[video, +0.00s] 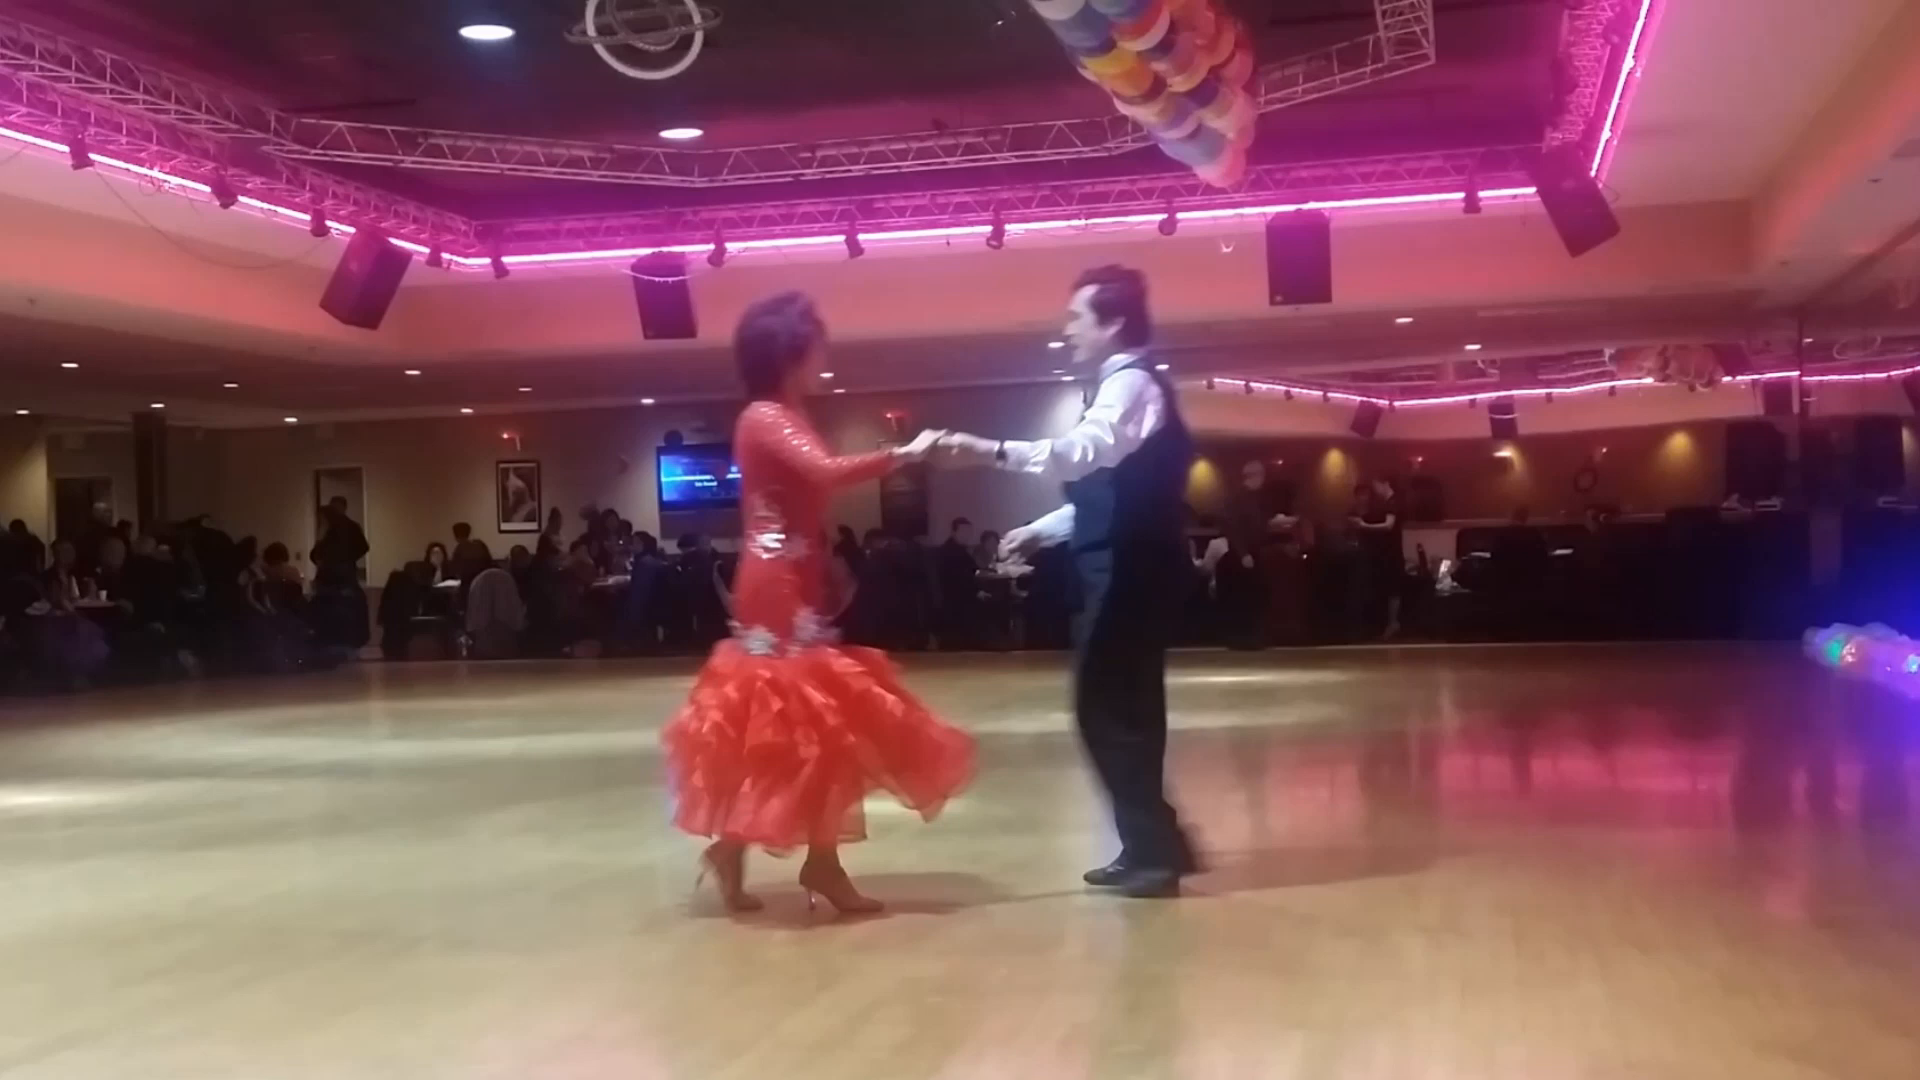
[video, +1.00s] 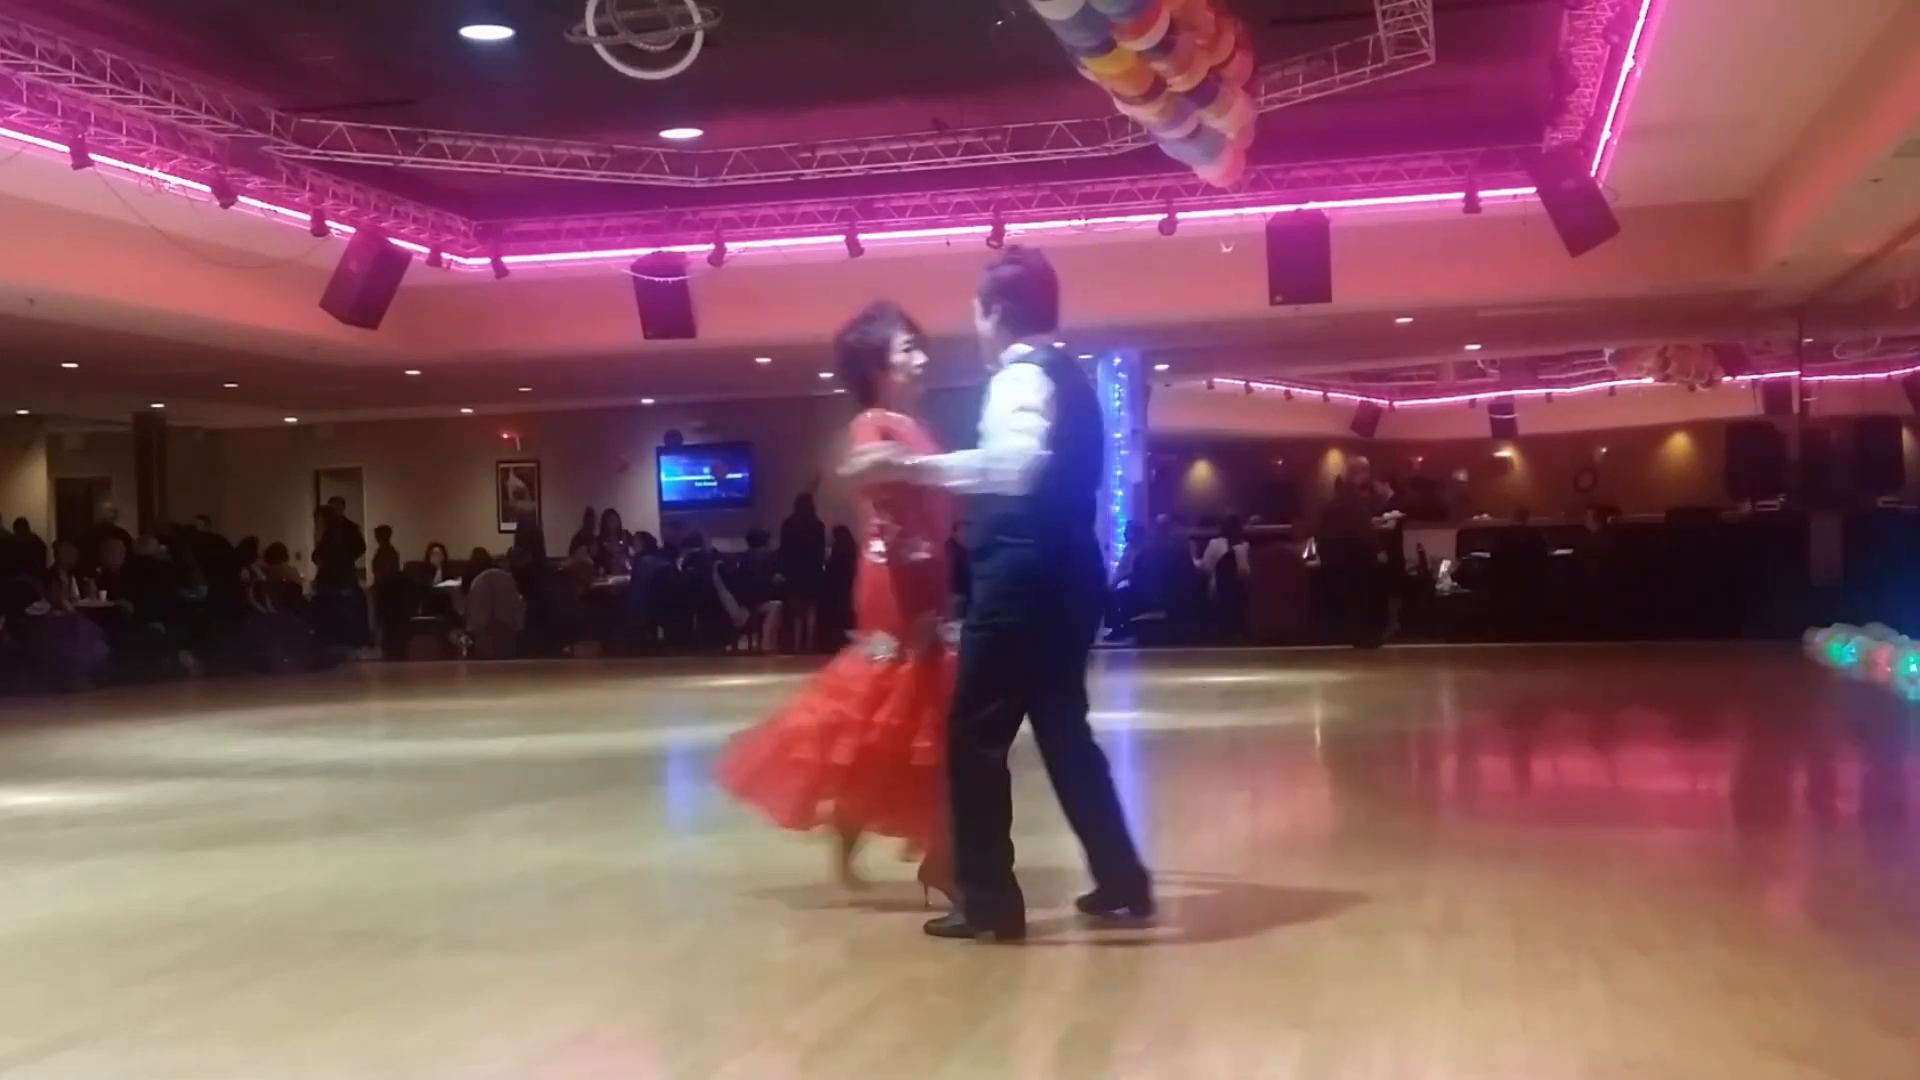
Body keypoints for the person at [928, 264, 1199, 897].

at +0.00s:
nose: (1066, 333)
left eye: (1077, 321)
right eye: (1068, 320)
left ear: (1115, 325)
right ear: (1116, 326)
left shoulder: (1131, 382)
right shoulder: (1127, 385)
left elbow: (1085, 452)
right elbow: (1108, 494)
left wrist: (984, 450)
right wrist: (1034, 535)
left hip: (1131, 569)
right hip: (1130, 565)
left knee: (1101, 704)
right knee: (1127, 701)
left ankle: (1153, 854)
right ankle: (1153, 840)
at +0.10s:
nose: (1101, 328)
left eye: (1111, 316)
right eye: (1103, 315)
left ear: (1147, 321)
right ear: (1146, 322)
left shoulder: (1155, 381)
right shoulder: (1160, 381)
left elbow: (1093, 450)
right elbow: (1137, 495)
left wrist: (984, 463)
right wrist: (1063, 530)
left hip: (1160, 566)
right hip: (1148, 564)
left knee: (1152, 712)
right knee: (1139, 710)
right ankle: (1147, 853)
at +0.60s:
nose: (1087, 329)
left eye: (1095, 316)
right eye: (1090, 316)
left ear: (1126, 320)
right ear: (1140, 319)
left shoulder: (1138, 382)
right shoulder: (1173, 378)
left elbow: (1095, 483)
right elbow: (1145, 494)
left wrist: (1010, 475)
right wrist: (1081, 551)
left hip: (1144, 580)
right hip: (1166, 576)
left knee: (1112, 728)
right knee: (1132, 728)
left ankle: (1212, 846)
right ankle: (1157, 877)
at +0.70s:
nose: (1060, 327)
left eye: (1068, 313)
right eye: (1062, 313)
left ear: (1100, 316)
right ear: (1115, 319)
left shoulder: (1120, 381)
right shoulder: (1136, 378)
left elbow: (1117, 481)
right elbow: (1108, 504)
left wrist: (1033, 469)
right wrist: (1040, 555)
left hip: (1111, 582)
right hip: (1126, 579)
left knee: (1059, 722)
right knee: (1114, 726)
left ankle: (1129, 878)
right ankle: (1159, 878)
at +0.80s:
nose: (1031, 325)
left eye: (1039, 312)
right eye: (1034, 312)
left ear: (1068, 316)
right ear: (1084, 317)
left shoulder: (1096, 380)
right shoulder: (1081, 379)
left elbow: (1130, 459)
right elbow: (1084, 490)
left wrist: (1038, 457)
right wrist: (1024, 548)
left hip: (1081, 582)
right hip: (1090, 580)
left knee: (1018, 721)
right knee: (1100, 725)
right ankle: (1155, 874)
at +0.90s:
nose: (999, 327)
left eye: (1004, 314)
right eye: (1001, 314)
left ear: (1030, 317)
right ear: (1057, 317)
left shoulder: (1062, 378)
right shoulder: (1054, 382)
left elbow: (1094, 457)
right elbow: (1048, 479)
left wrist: (995, 455)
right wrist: (983, 506)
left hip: (1039, 588)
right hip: (1068, 586)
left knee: (986, 733)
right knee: (1084, 735)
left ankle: (986, 897)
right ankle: (1151, 878)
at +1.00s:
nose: (974, 322)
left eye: (978, 310)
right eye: (977, 309)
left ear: (999, 313)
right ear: (1043, 310)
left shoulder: (1022, 374)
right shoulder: (1072, 373)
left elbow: (1013, 467)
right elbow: (1031, 475)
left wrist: (905, 469)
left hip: (1018, 581)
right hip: (1069, 576)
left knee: (974, 739)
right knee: (1064, 728)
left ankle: (988, 903)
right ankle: (1123, 884)